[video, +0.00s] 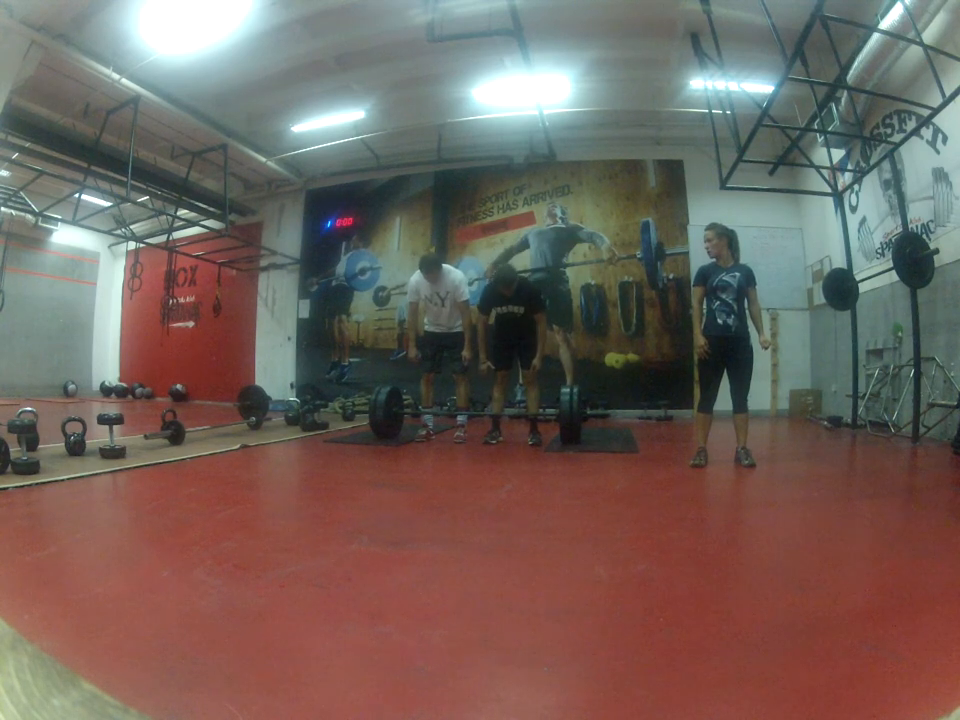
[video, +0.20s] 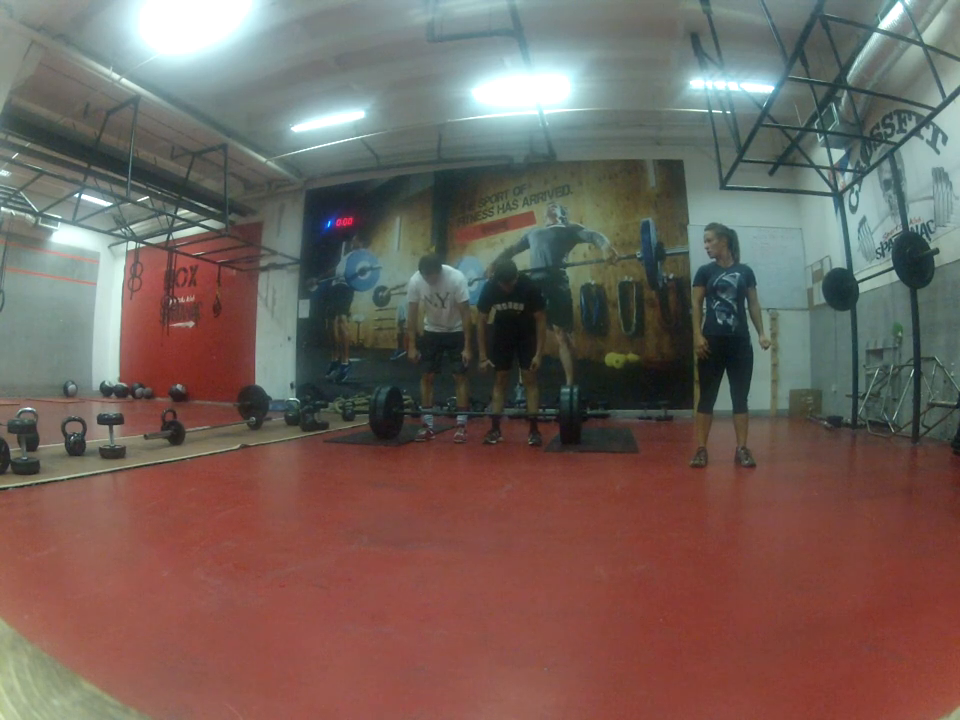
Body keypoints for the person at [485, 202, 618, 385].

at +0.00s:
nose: (551, 216)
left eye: (554, 213)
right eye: (548, 214)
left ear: (563, 217)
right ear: (545, 218)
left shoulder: (570, 229)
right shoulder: (534, 233)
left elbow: (593, 236)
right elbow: (512, 250)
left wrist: (607, 247)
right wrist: (493, 265)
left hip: (557, 285)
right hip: (534, 286)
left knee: (561, 334)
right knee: (527, 332)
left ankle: (570, 385)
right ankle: (523, 384)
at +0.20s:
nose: (550, 216)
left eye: (554, 213)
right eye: (548, 213)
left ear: (563, 217)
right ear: (544, 218)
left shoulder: (569, 229)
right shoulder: (533, 233)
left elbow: (593, 236)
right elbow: (511, 250)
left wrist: (607, 248)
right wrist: (494, 265)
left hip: (557, 284)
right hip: (533, 285)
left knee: (562, 335)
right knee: (528, 332)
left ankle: (570, 384)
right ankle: (523, 384)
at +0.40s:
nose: (551, 218)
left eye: (555, 215)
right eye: (549, 215)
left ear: (563, 218)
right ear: (545, 218)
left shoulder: (570, 229)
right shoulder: (533, 233)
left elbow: (593, 235)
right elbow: (512, 250)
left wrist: (607, 248)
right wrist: (493, 265)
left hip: (557, 285)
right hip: (534, 286)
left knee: (562, 335)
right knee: (528, 332)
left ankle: (570, 385)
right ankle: (523, 384)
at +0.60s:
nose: (552, 216)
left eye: (556, 214)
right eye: (549, 214)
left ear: (563, 218)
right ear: (545, 218)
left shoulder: (570, 229)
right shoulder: (534, 233)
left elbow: (593, 235)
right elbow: (512, 249)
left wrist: (607, 248)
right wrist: (493, 266)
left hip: (557, 283)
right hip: (534, 284)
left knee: (562, 335)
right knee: (530, 335)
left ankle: (570, 386)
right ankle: (536, 387)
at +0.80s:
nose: (552, 216)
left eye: (555, 214)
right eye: (549, 214)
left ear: (563, 217)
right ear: (545, 218)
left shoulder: (570, 229)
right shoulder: (534, 233)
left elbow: (593, 235)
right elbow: (512, 250)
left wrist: (607, 248)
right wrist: (493, 266)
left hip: (557, 283)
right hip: (534, 284)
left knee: (562, 336)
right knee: (528, 337)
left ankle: (570, 387)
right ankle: (525, 388)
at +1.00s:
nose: (552, 216)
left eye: (555, 213)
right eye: (549, 213)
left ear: (563, 217)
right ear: (545, 218)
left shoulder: (570, 229)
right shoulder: (534, 233)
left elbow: (593, 235)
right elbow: (512, 250)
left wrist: (606, 248)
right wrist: (493, 266)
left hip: (557, 283)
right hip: (534, 284)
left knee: (562, 335)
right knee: (529, 334)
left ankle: (569, 386)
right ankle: (527, 387)